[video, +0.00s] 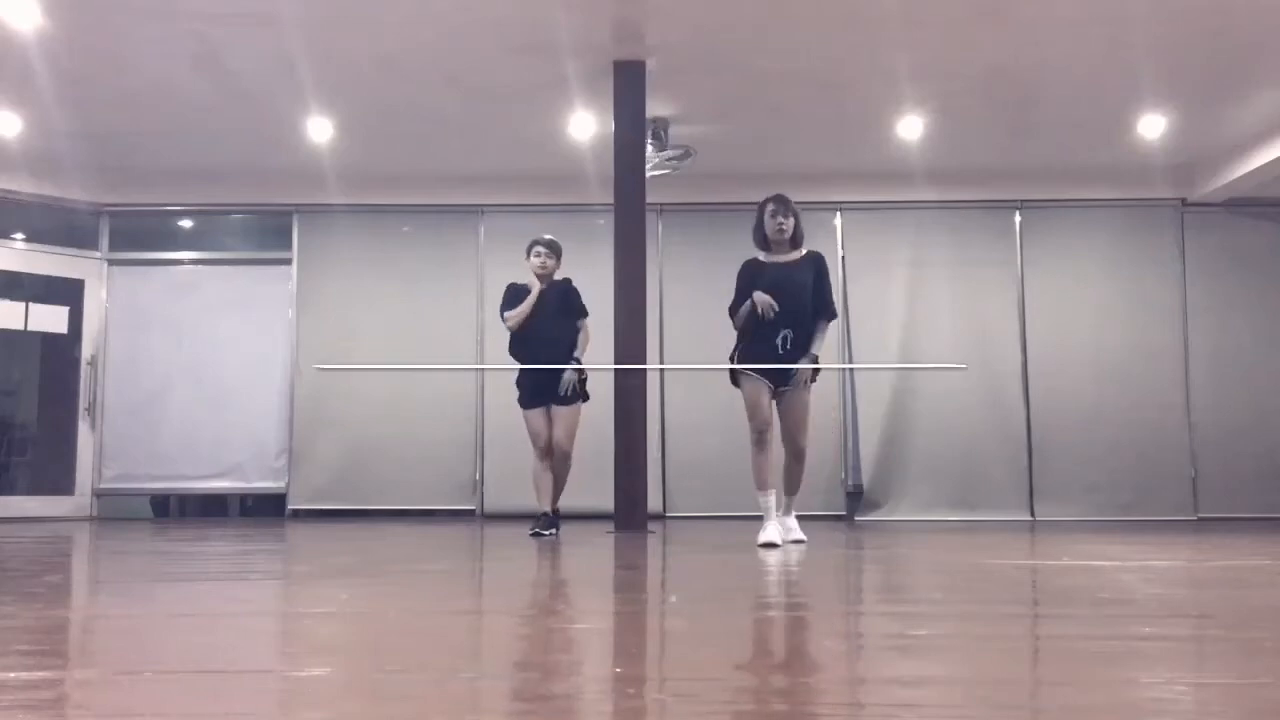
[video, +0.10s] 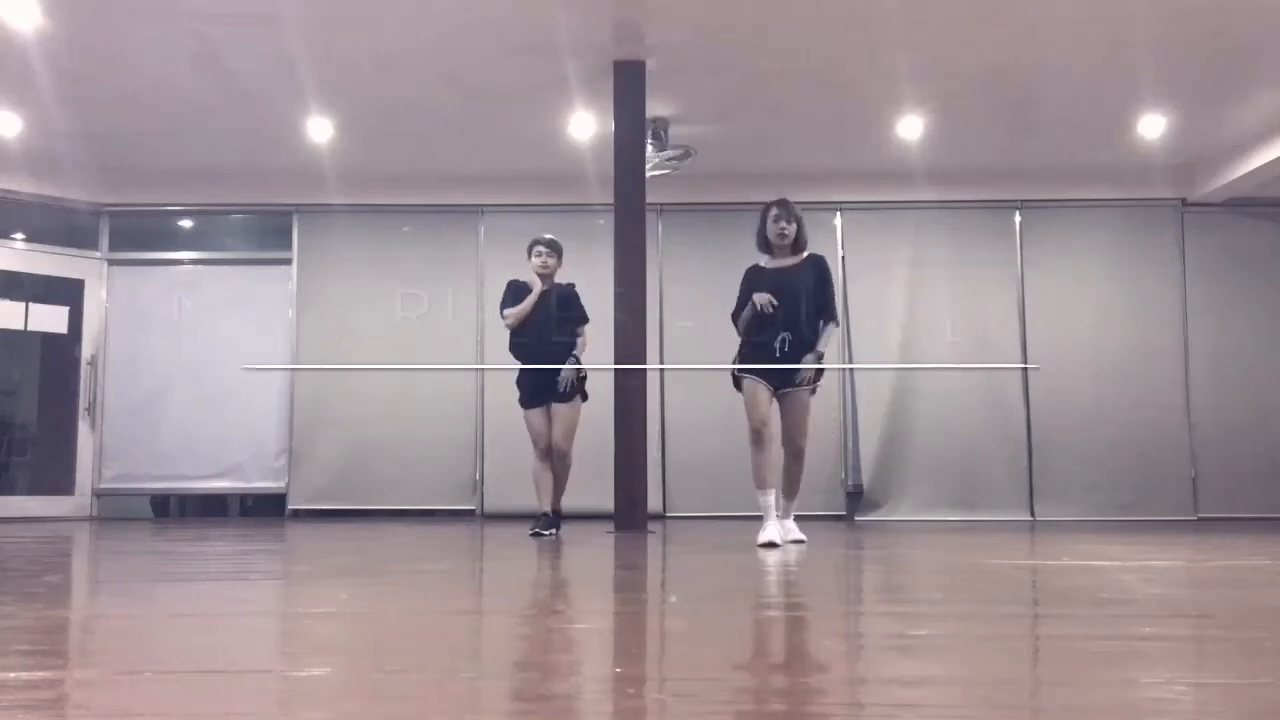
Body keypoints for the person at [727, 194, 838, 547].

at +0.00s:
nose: (781, 220)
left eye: (786, 215)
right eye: (773, 216)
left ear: (795, 221)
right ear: (762, 224)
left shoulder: (813, 261)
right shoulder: (751, 266)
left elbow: (825, 314)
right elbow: (738, 321)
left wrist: (811, 356)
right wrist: (753, 298)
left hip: (797, 364)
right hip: (755, 363)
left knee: (797, 445)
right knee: (761, 433)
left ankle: (788, 516)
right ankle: (769, 520)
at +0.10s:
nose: (783, 225)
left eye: (789, 220)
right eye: (776, 221)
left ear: (798, 226)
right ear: (765, 228)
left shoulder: (814, 265)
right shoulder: (755, 272)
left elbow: (831, 320)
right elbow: (741, 327)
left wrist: (815, 355)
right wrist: (753, 302)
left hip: (799, 366)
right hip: (756, 365)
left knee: (796, 446)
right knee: (759, 431)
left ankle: (787, 520)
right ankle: (769, 520)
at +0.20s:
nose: (786, 229)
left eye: (792, 224)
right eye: (779, 224)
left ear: (800, 230)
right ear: (767, 230)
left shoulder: (816, 267)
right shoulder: (756, 275)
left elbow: (836, 320)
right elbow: (741, 327)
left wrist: (823, 346)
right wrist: (752, 322)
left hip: (803, 368)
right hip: (760, 366)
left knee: (798, 447)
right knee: (758, 429)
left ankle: (787, 520)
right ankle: (770, 519)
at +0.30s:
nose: (788, 230)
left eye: (794, 225)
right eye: (781, 225)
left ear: (802, 231)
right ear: (769, 231)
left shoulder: (817, 271)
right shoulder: (756, 277)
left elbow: (836, 318)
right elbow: (748, 329)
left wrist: (825, 343)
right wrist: (749, 369)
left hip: (806, 367)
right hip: (764, 367)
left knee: (799, 446)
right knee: (761, 429)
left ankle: (787, 519)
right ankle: (771, 517)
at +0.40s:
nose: (789, 231)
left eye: (795, 226)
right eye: (782, 226)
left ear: (802, 233)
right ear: (770, 232)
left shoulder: (816, 272)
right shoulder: (756, 276)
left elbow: (831, 320)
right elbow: (749, 331)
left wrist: (824, 339)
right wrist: (742, 374)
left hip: (809, 368)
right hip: (767, 367)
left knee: (801, 445)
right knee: (769, 432)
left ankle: (786, 520)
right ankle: (764, 513)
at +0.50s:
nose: (789, 230)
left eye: (795, 225)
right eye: (782, 225)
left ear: (803, 231)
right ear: (770, 231)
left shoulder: (814, 272)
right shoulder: (754, 274)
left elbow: (827, 318)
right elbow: (745, 328)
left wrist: (823, 329)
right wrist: (740, 371)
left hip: (810, 366)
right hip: (769, 365)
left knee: (802, 442)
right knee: (769, 427)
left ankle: (786, 520)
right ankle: (763, 511)